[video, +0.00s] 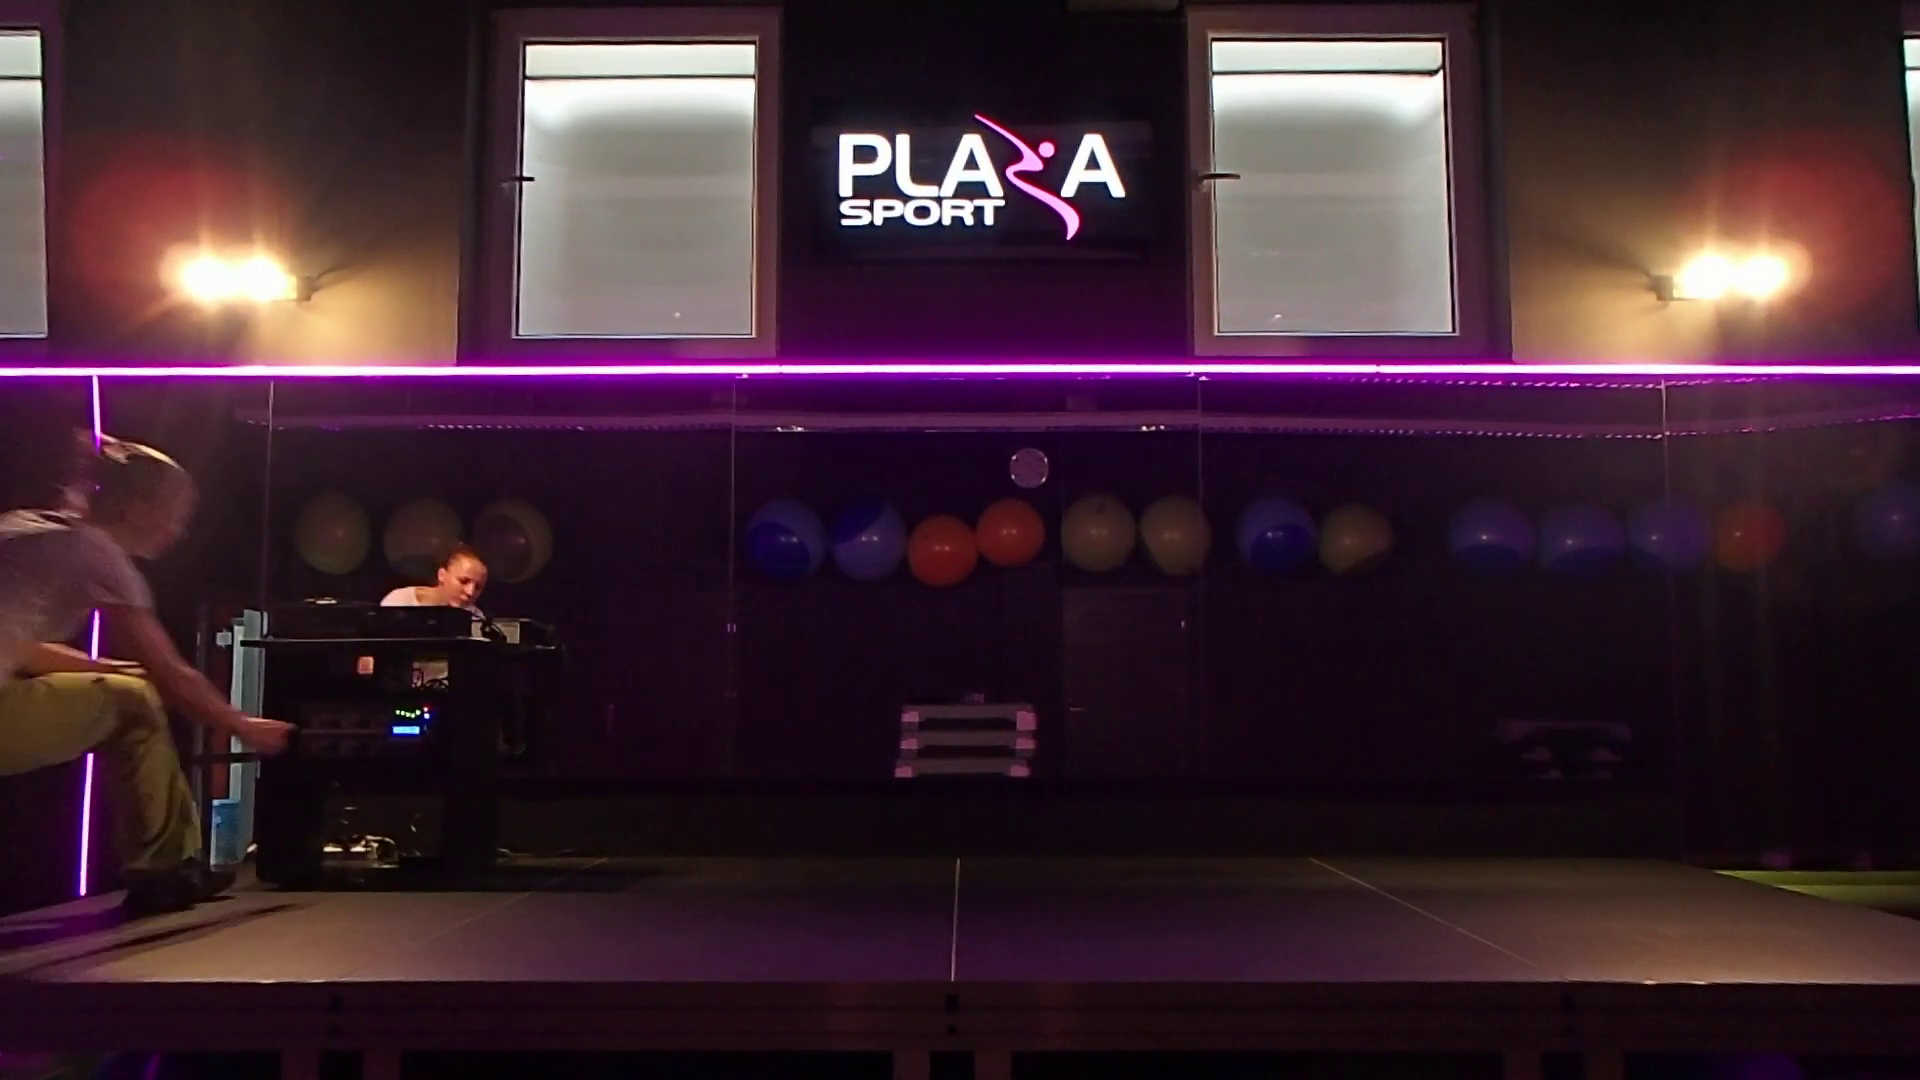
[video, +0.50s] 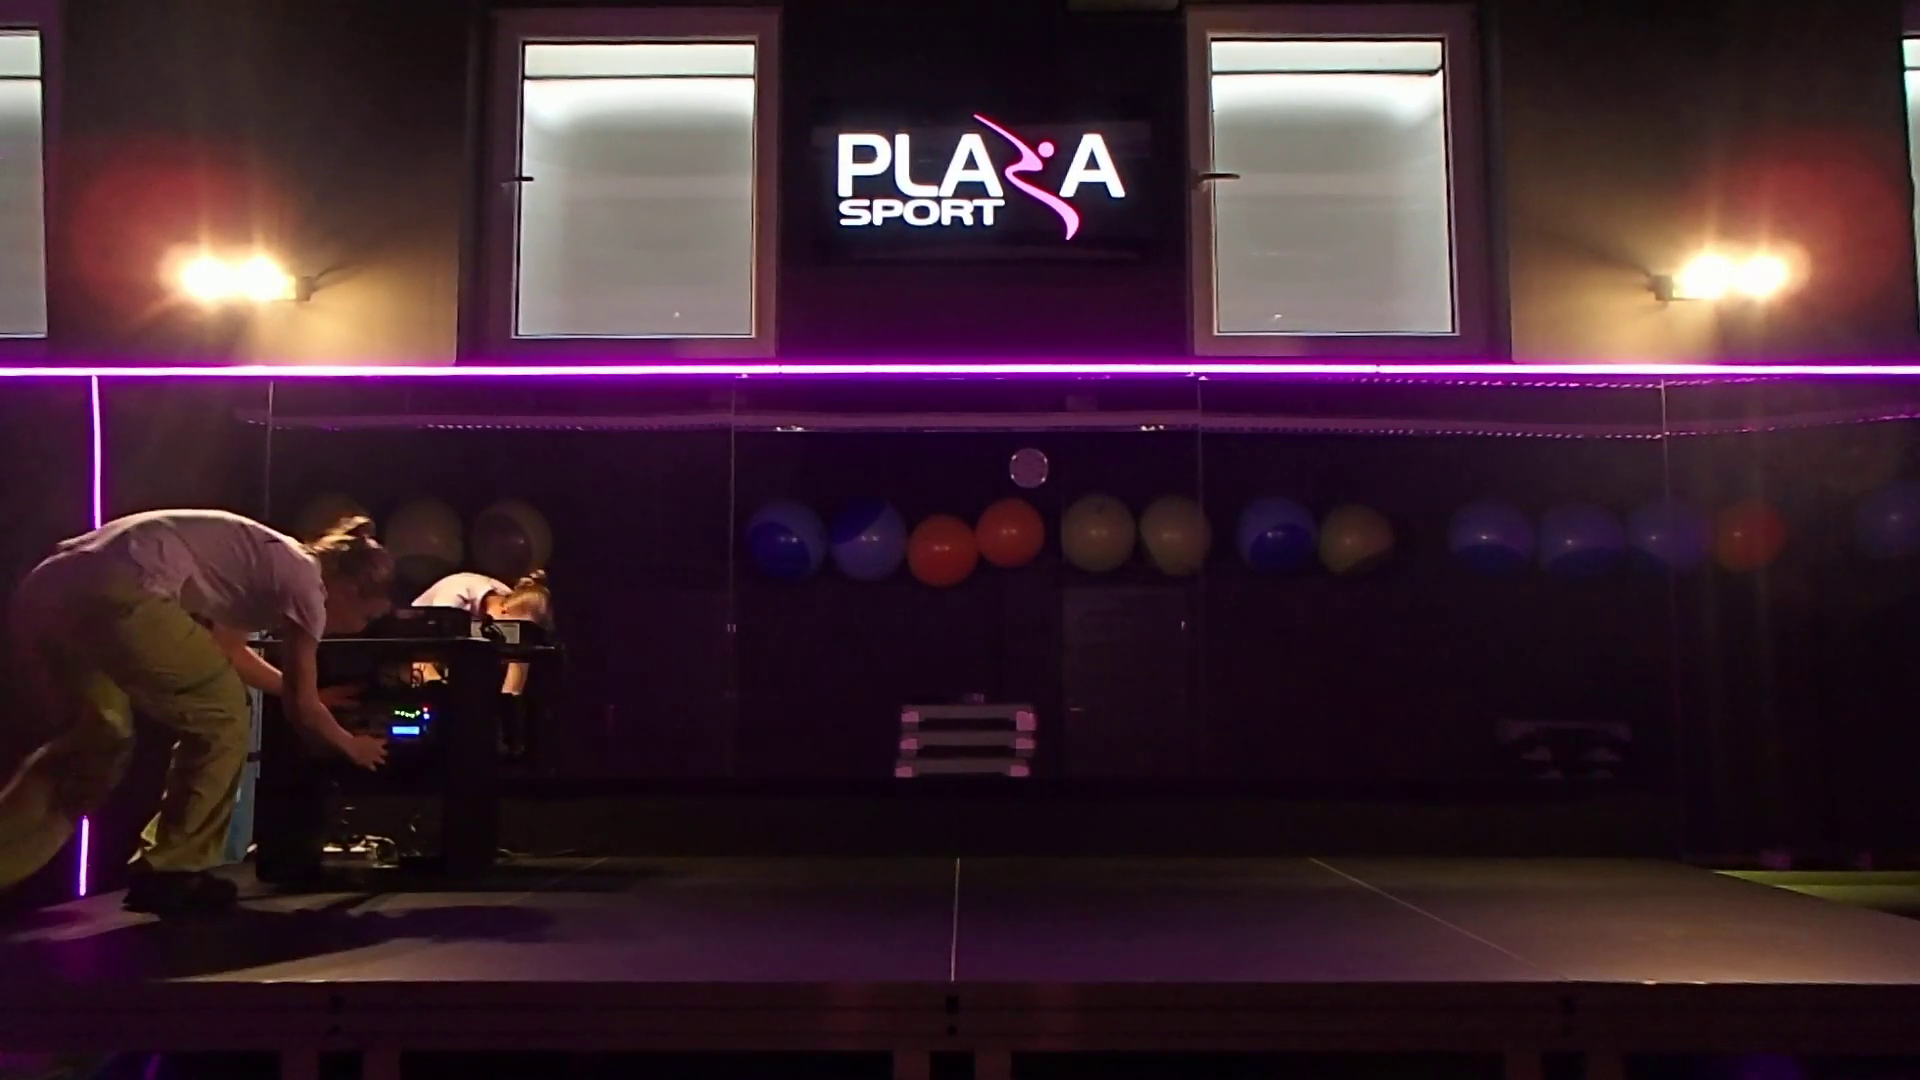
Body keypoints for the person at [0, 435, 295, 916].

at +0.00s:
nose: (178, 534)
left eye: (182, 521)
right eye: (175, 517)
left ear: (124, 502)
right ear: (137, 506)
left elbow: (22, 649)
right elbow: (171, 673)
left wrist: (118, 671)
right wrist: (244, 725)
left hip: (11, 694)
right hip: (7, 705)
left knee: (131, 695)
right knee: (136, 702)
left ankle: (165, 865)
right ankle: (161, 872)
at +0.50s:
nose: (358, 628)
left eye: (369, 620)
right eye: (366, 616)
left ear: (340, 570)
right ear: (349, 588)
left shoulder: (256, 567)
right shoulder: (305, 584)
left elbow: (226, 645)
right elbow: (303, 705)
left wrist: (299, 694)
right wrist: (350, 744)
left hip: (48, 587)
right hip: (123, 591)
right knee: (222, 715)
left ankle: (1, 864)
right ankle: (170, 872)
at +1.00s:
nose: (360, 641)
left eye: (371, 637)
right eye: (370, 631)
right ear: (361, 602)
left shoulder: (284, 568)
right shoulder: (323, 582)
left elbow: (236, 641)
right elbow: (300, 703)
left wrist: (300, 690)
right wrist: (347, 738)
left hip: (84, 562)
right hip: (128, 565)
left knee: (174, 709)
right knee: (222, 705)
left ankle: (159, 859)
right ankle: (176, 869)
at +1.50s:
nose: (354, 633)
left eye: (367, 630)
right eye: (365, 624)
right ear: (354, 592)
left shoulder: (277, 560)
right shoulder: (315, 572)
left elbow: (236, 638)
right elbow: (297, 695)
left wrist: (299, 689)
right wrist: (344, 734)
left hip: (79, 559)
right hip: (123, 563)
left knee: (161, 710)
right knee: (214, 701)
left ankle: (163, 862)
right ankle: (173, 869)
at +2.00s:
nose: (388, 553)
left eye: (396, 544)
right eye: (394, 540)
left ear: (369, 508)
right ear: (377, 515)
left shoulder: (305, 522)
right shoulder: (299, 496)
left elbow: (265, 607)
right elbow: (225, 577)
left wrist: (311, 681)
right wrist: (206, 680)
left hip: (134, 552)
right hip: (106, 547)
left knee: (181, 697)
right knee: (162, 698)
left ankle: (189, 863)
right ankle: (161, 874)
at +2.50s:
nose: (380, 602)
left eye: (392, 596)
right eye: (389, 591)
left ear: (372, 554)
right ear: (374, 562)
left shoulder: (301, 539)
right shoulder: (317, 555)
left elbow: (254, 627)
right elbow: (314, 672)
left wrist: (309, 687)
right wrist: (361, 727)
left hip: (111, 547)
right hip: (108, 550)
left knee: (181, 696)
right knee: (182, 697)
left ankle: (177, 868)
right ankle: (168, 874)